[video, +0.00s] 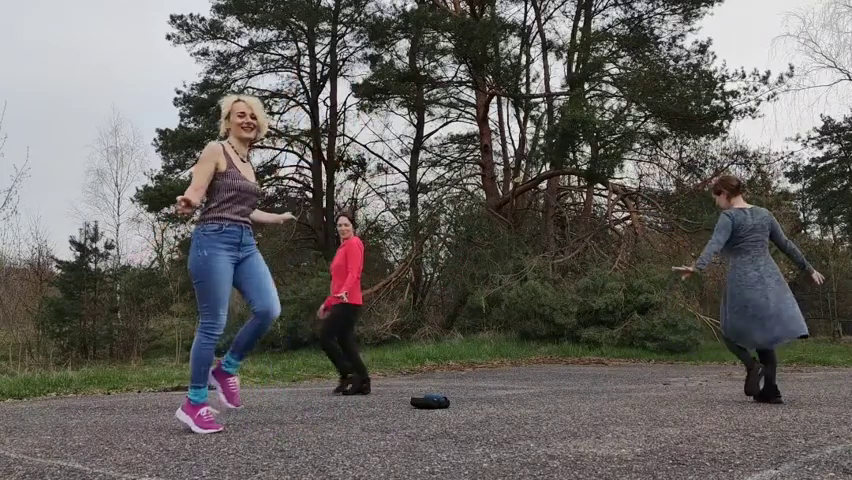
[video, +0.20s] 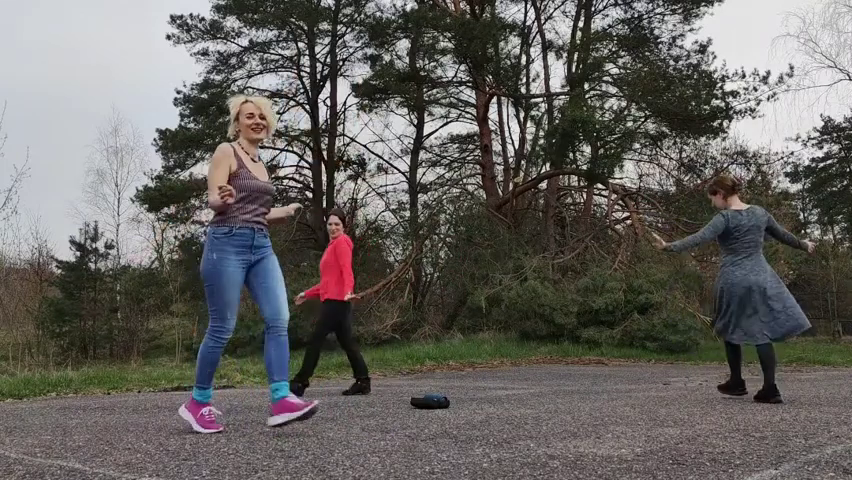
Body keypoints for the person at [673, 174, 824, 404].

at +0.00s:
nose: (716, 202)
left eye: (716, 197)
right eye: (715, 198)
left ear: (725, 194)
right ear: (739, 192)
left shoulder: (728, 217)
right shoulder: (764, 214)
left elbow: (715, 243)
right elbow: (786, 244)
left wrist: (697, 266)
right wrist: (810, 269)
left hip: (742, 280)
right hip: (768, 278)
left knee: (730, 333)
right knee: (763, 332)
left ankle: (751, 364)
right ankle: (770, 388)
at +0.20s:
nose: (712, 203)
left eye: (712, 198)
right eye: (711, 199)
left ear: (721, 194)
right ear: (736, 192)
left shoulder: (724, 218)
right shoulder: (759, 212)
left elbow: (699, 238)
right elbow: (782, 234)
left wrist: (668, 246)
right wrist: (803, 244)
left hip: (734, 280)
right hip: (761, 278)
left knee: (730, 330)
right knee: (761, 331)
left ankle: (735, 381)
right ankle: (770, 387)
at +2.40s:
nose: (690, 208)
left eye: (692, 202)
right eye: (689, 203)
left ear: (703, 198)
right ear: (707, 199)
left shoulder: (700, 219)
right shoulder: (736, 221)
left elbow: (687, 252)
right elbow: (753, 252)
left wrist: (657, 253)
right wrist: (772, 279)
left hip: (718, 281)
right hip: (740, 280)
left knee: (724, 333)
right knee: (729, 333)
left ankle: (751, 384)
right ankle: (743, 383)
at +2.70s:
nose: (690, 209)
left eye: (692, 204)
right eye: (689, 205)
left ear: (704, 201)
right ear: (708, 201)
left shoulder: (699, 223)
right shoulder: (733, 224)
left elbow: (698, 258)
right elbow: (743, 261)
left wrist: (696, 284)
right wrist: (747, 287)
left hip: (712, 282)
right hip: (737, 281)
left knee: (690, 328)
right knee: (735, 332)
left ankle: (717, 365)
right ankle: (753, 384)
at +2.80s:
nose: (685, 208)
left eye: (688, 204)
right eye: (685, 204)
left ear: (700, 202)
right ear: (704, 202)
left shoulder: (696, 223)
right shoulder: (727, 224)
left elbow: (700, 254)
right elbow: (733, 260)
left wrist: (701, 283)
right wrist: (730, 280)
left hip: (711, 284)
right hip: (732, 283)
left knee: (682, 324)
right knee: (734, 332)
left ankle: (698, 373)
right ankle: (752, 384)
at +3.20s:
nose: (658, 208)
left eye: (661, 204)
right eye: (658, 204)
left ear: (672, 205)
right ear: (678, 206)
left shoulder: (668, 226)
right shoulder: (693, 229)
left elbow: (674, 255)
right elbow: (698, 261)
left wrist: (678, 281)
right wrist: (694, 282)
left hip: (675, 284)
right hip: (692, 285)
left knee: (674, 334)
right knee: (685, 334)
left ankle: (679, 383)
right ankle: (708, 367)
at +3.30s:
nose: (652, 209)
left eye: (654, 205)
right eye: (652, 204)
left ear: (665, 205)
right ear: (669, 206)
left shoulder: (663, 227)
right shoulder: (688, 230)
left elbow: (664, 258)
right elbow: (693, 262)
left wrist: (662, 285)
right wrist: (688, 282)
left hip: (670, 284)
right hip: (686, 284)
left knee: (667, 332)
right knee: (678, 332)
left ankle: (680, 381)